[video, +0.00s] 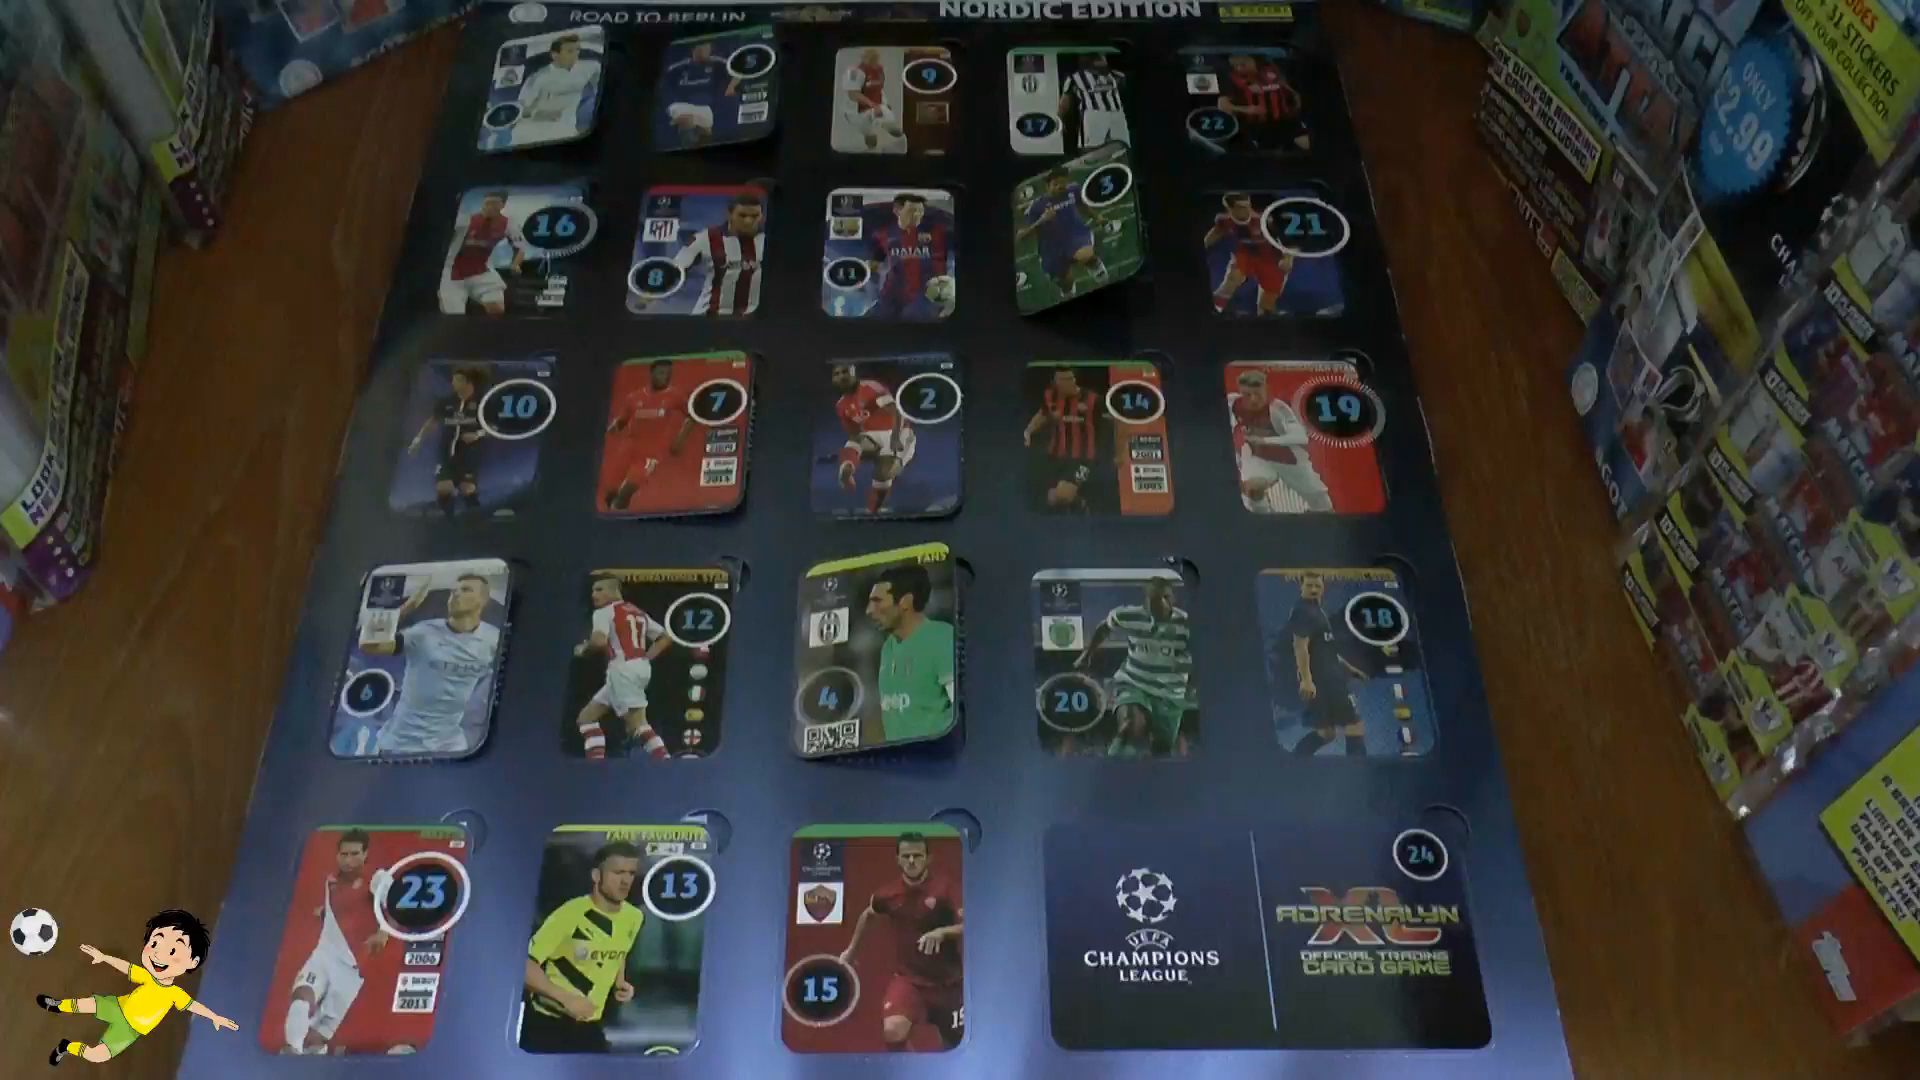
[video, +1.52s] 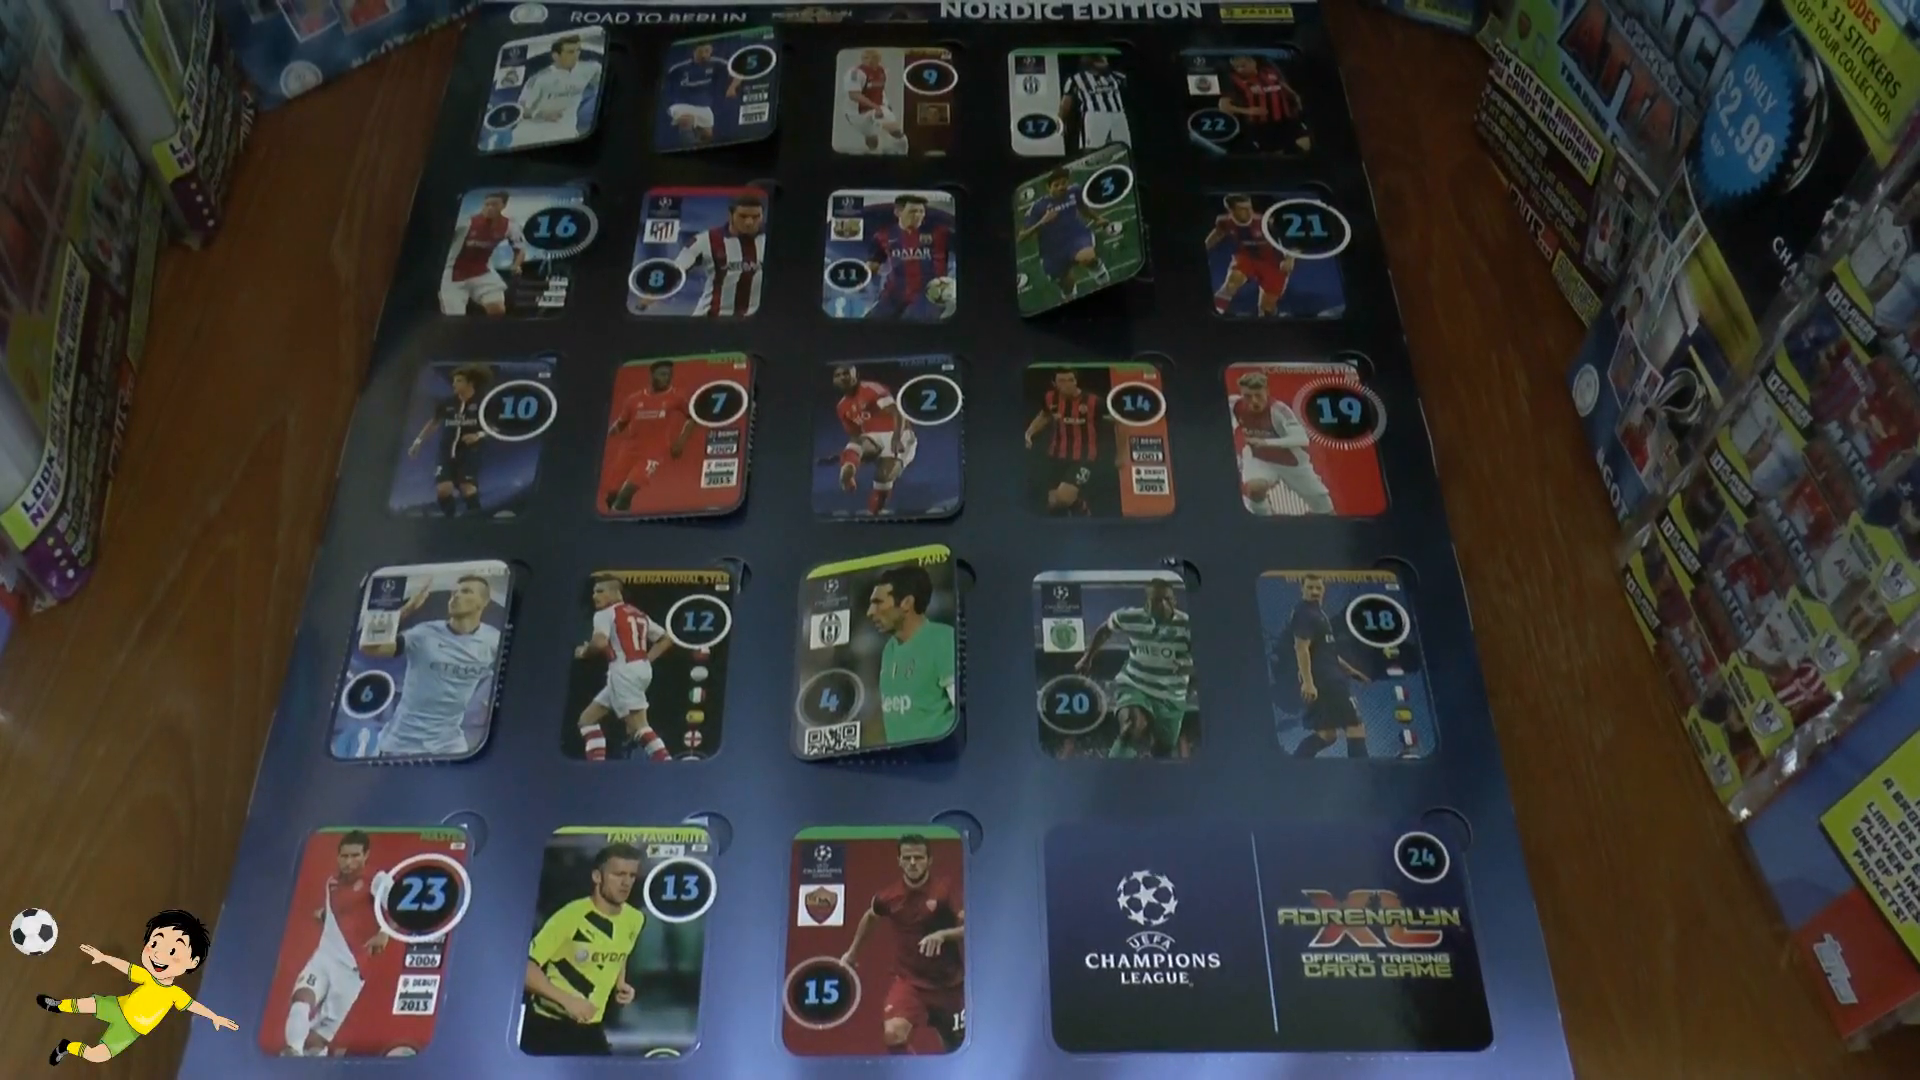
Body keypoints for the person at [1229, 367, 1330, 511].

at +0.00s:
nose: (1253, 399)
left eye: (1257, 394)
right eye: (1247, 395)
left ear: (1266, 391)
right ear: (1240, 394)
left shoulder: (1278, 408)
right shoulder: (1232, 404)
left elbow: (1301, 437)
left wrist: (1264, 441)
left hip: (1293, 463)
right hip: (1259, 461)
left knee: (1319, 496)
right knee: (1252, 489)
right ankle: (1267, 527)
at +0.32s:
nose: (1253, 399)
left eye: (1258, 394)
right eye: (1247, 394)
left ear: (1266, 391)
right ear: (1241, 393)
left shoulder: (1278, 408)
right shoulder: (1233, 404)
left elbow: (1301, 437)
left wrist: (1265, 441)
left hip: (1293, 462)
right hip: (1259, 460)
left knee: (1319, 495)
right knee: (1253, 488)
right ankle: (1267, 527)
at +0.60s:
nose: (1253, 399)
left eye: (1258, 393)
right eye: (1248, 394)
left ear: (1266, 391)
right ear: (1241, 393)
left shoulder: (1279, 408)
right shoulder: (1235, 404)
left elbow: (1302, 437)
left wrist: (1265, 440)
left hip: (1293, 462)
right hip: (1260, 460)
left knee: (1320, 496)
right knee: (1253, 488)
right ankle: (1266, 527)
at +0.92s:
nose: (1253, 399)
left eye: (1258, 393)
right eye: (1247, 394)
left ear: (1266, 391)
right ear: (1241, 393)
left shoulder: (1278, 407)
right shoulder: (1235, 404)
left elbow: (1301, 437)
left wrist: (1264, 440)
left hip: (1293, 462)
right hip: (1259, 460)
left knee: (1320, 496)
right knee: (1254, 487)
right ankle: (1266, 527)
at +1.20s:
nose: (1253, 399)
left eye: (1257, 393)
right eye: (1247, 394)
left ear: (1266, 391)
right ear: (1240, 393)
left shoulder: (1278, 407)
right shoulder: (1236, 405)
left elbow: (1301, 436)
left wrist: (1264, 441)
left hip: (1293, 463)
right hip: (1260, 460)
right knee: (1254, 487)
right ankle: (1266, 525)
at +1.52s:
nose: (1254, 401)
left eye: (1258, 395)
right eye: (1248, 396)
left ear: (1267, 392)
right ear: (1241, 396)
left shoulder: (1279, 409)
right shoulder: (1237, 407)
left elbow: (1302, 439)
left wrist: (1265, 443)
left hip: (1294, 465)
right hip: (1260, 462)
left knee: (1325, 509)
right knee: (1255, 489)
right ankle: (1266, 528)